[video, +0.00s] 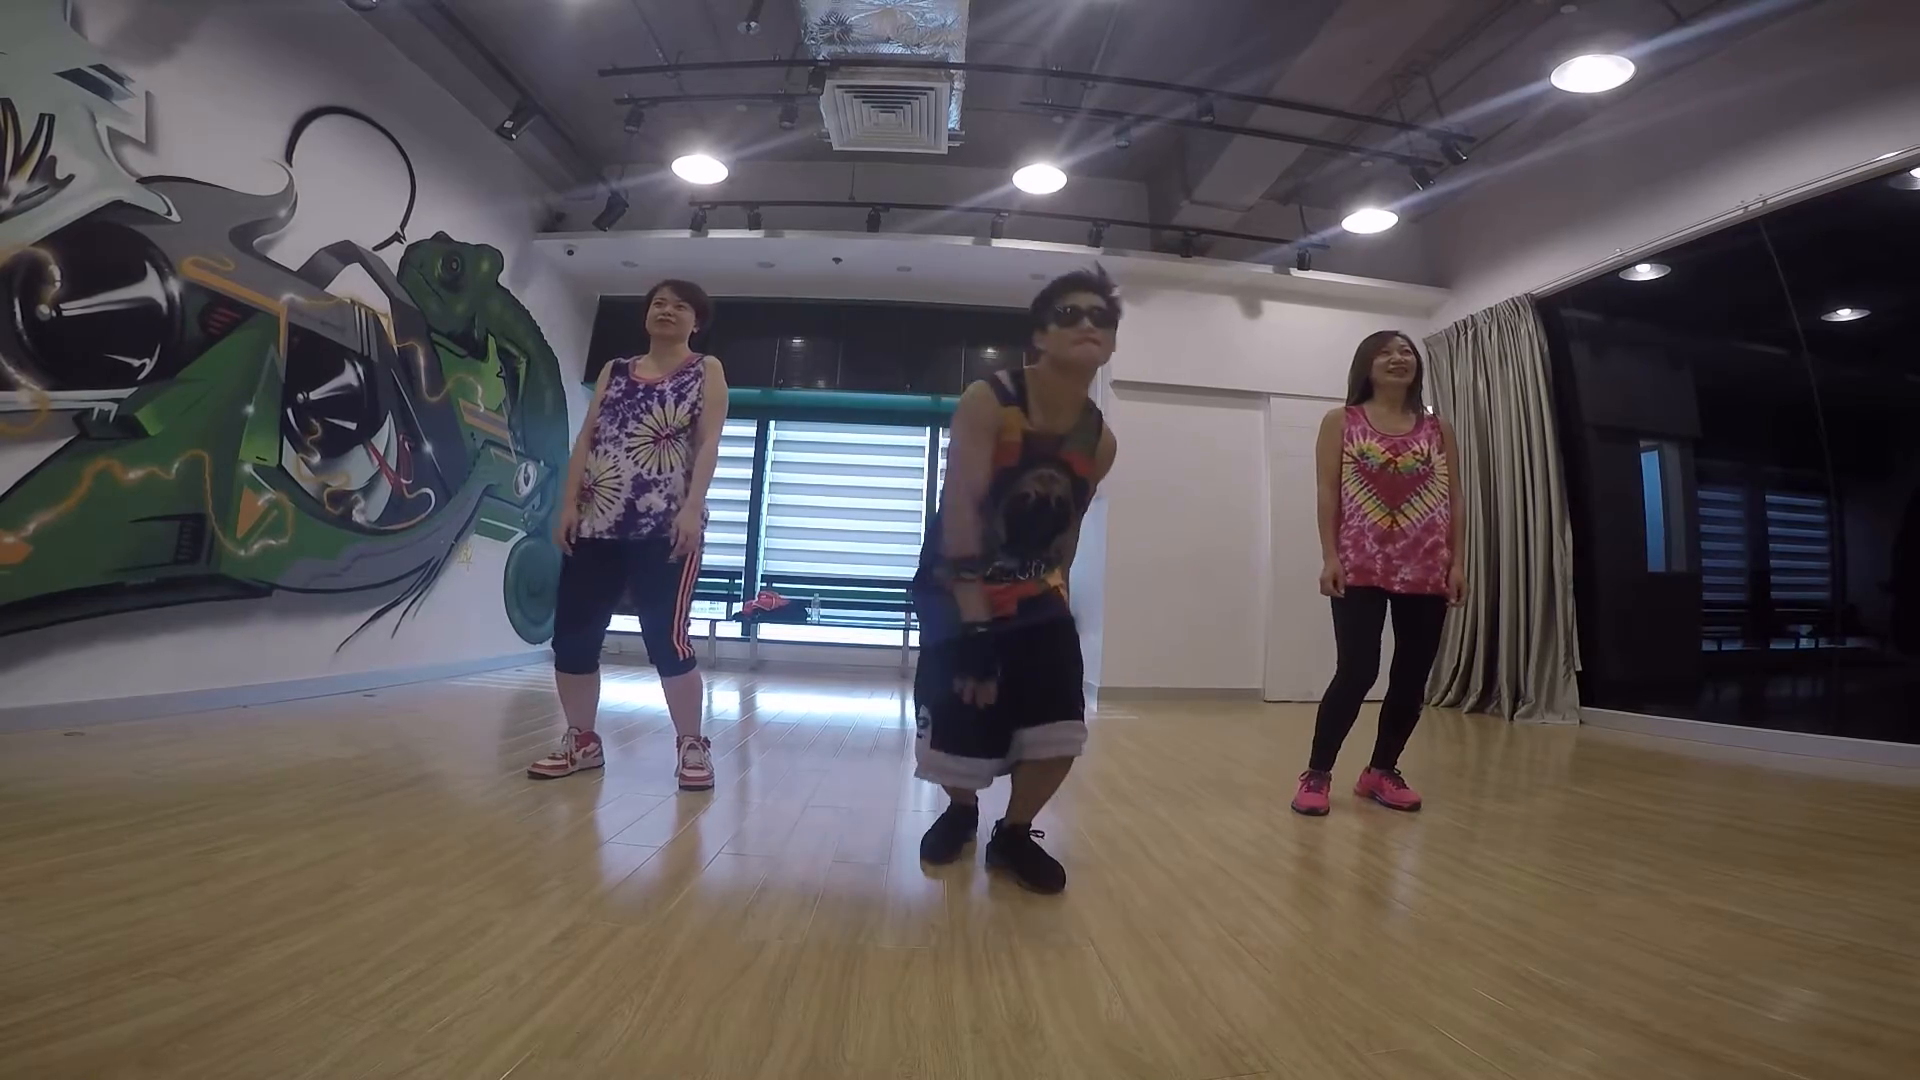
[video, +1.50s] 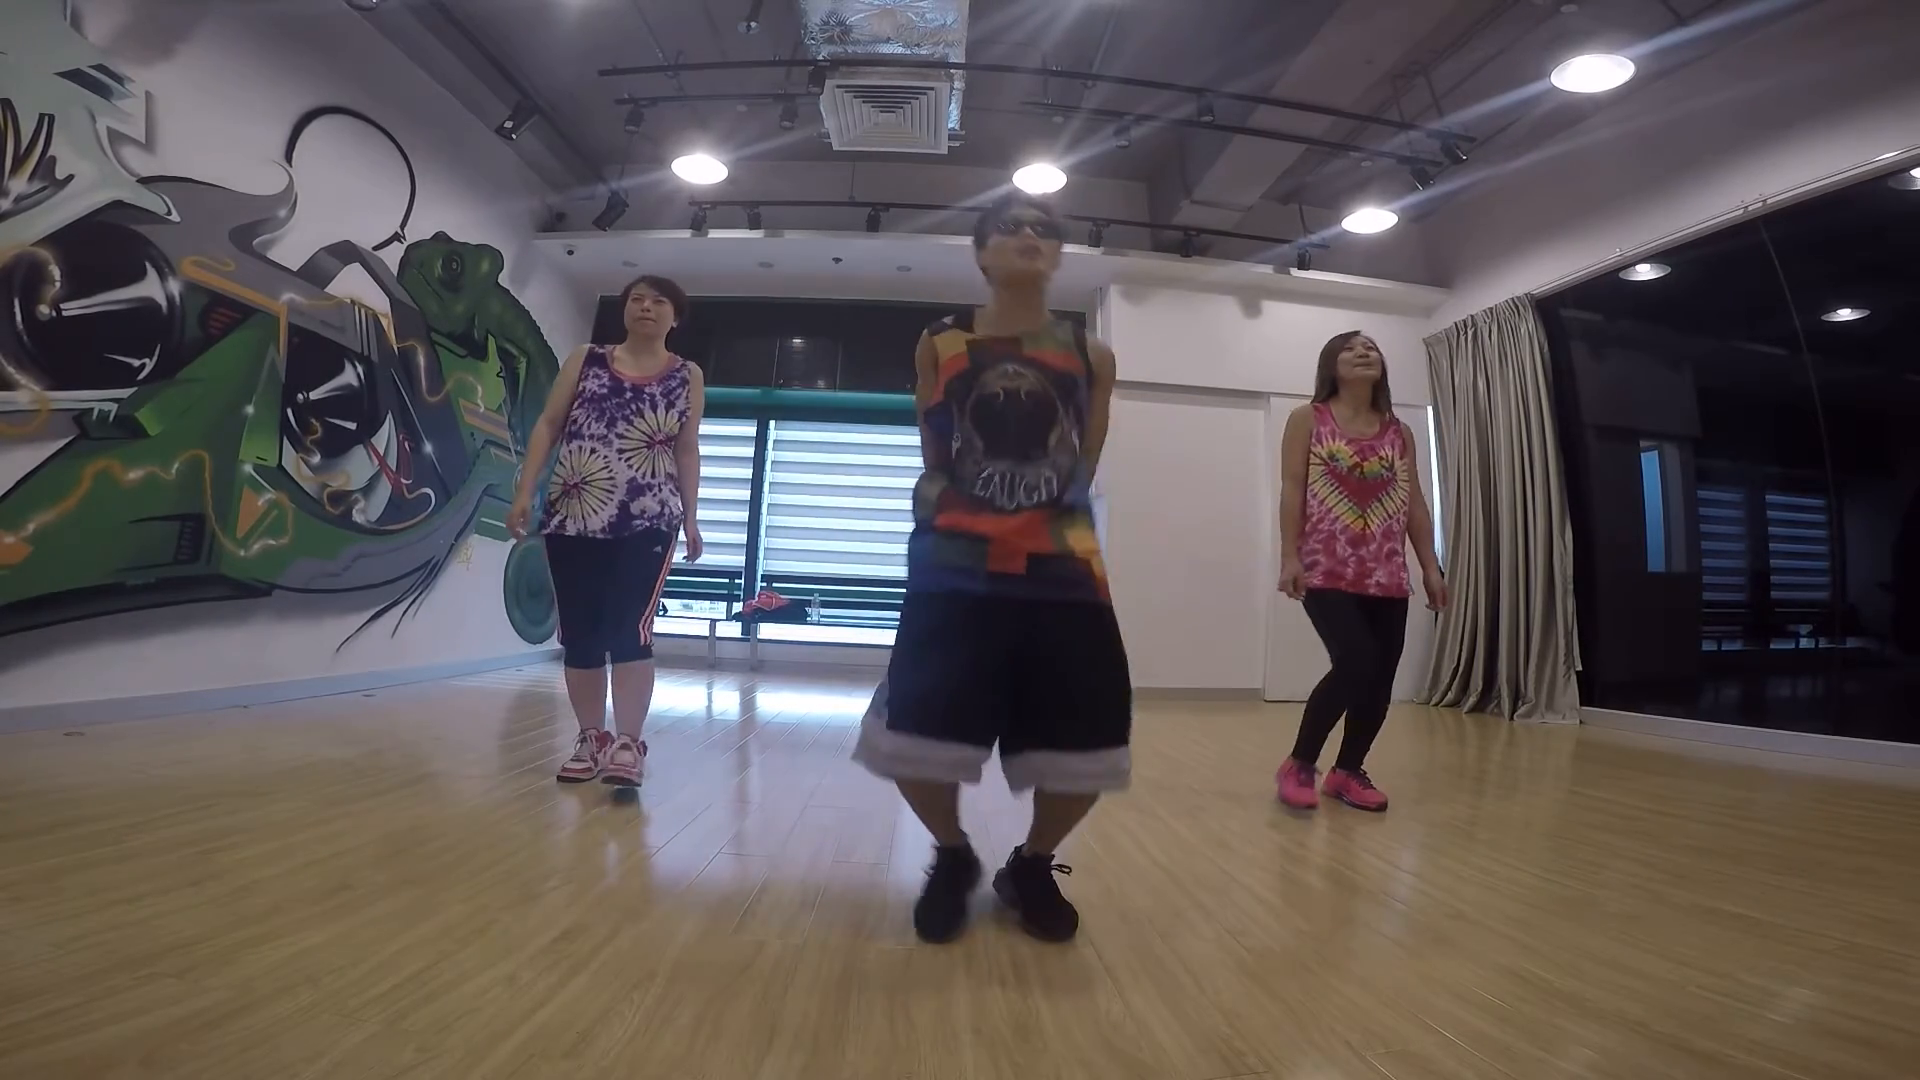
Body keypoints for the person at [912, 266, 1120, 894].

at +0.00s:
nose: (1088, 324)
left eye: (1102, 318)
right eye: (1070, 316)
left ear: (1113, 342)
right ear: (1039, 338)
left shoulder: (1100, 441)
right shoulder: (989, 401)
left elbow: (1066, 536)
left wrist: (1052, 612)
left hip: (1036, 593)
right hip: (960, 587)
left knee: (1060, 730)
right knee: (956, 731)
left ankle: (1013, 835)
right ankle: (963, 807)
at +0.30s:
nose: (1040, 250)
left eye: (1054, 239)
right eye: (1022, 239)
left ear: (1070, 259)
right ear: (994, 260)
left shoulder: (1103, 359)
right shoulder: (959, 343)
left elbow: (1121, 468)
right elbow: (932, 427)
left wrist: (1114, 564)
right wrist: (959, 482)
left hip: (1063, 554)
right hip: (974, 544)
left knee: (1053, 705)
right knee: (964, 685)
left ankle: (1016, 830)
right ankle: (974, 795)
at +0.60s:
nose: (962, 275)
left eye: (979, 267)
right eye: (946, 265)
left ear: (1001, 291)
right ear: (923, 292)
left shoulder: (1047, 350)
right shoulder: (927, 408)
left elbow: (1126, 452)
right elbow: (938, 516)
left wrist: (1160, 566)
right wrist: (959, 550)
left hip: (1075, 580)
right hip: (982, 582)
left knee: (1062, 746)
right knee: (954, 734)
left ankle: (1017, 830)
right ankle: (974, 861)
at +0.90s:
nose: (1012, 229)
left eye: (1025, 219)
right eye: (993, 217)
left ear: (1038, 241)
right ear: (959, 236)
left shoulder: (1069, 328)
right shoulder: (913, 334)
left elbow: (1158, 406)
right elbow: (858, 413)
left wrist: (1273, 442)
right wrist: (810, 431)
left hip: (1047, 561)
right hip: (942, 565)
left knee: (1086, 732)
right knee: (930, 744)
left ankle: (1028, 807)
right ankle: (970, 866)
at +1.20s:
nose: (1049, 244)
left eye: (1062, 235)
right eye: (1029, 234)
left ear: (1077, 262)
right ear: (996, 257)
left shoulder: (1081, 367)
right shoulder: (939, 321)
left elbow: (1135, 462)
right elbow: (844, 361)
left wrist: (1246, 466)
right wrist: (763, 369)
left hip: (1031, 586)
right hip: (925, 580)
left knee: (1060, 767)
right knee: (913, 761)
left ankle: (1025, 864)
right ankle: (969, 867)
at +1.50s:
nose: (1027, 240)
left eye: (1042, 231)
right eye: (1010, 229)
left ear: (1060, 258)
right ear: (980, 253)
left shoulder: (1090, 359)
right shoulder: (940, 349)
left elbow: (1082, 470)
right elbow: (940, 460)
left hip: (1065, 580)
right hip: (956, 576)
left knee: (1092, 746)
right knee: (907, 743)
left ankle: (1032, 867)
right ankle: (952, 855)